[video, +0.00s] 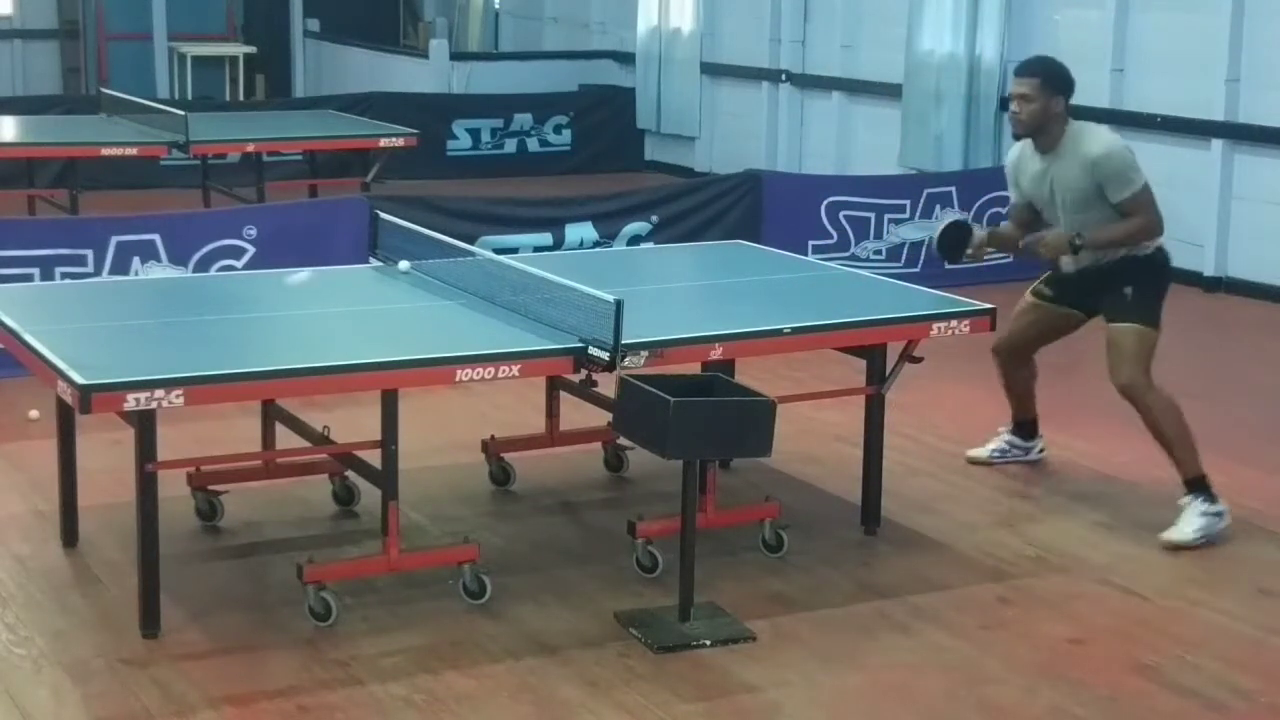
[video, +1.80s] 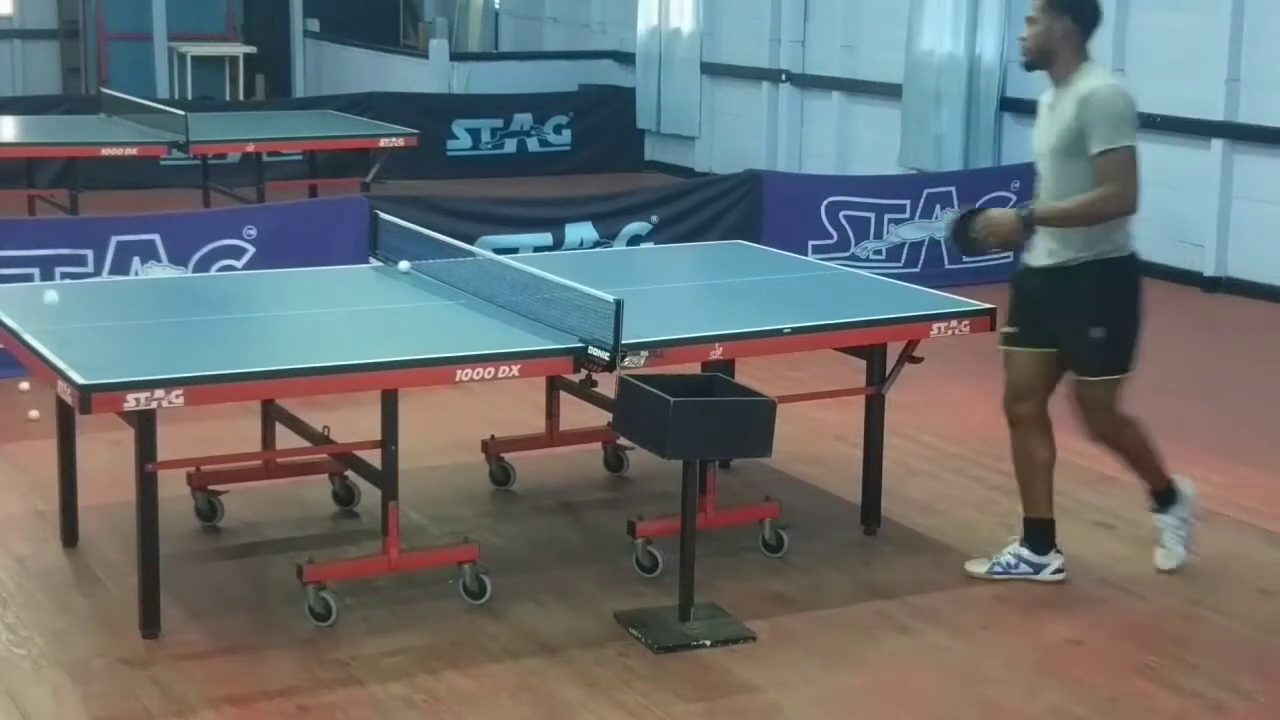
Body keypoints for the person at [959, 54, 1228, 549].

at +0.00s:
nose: (1012, 108)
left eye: (1023, 100)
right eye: (1011, 100)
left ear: (1057, 104)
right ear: (1014, 102)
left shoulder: (1103, 150)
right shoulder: (1020, 159)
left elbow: (1150, 224)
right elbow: (1024, 227)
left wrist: (1074, 240)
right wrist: (988, 239)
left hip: (1134, 268)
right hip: (1076, 271)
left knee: (1130, 379)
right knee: (1009, 347)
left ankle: (1204, 501)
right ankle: (1024, 438)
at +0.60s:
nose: (1078, 89)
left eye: (1088, 81)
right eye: (1077, 79)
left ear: (1121, 85)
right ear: (1090, 85)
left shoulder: (1164, 140)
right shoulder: (1089, 144)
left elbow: (1205, 217)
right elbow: (1094, 209)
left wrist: (1123, 228)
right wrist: (1061, 220)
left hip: (1177, 277)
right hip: (1122, 274)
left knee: (1160, 394)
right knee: (1072, 357)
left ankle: (1233, 506)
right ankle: (1060, 438)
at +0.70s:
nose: (1092, 53)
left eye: (1103, 45)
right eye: (1091, 43)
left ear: (1135, 51)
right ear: (1100, 50)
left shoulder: (1176, 108)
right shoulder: (1103, 110)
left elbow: (1229, 176)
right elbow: (1113, 179)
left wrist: (1151, 200)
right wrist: (1075, 194)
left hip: (1189, 249)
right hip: (1136, 248)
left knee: (1176, 375)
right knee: (1099, 341)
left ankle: (1237, 501)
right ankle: (1103, 448)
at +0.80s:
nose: (1102, 36)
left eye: (1113, 27)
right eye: (1101, 25)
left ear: (1148, 32)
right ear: (1104, 30)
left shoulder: (1189, 87)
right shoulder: (1109, 89)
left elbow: (1244, 157)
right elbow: (1123, 163)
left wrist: (1164, 190)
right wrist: (1088, 181)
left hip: (1195, 233)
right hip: (1140, 233)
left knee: (1186, 360)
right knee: (1117, 344)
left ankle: (1244, 492)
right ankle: (1175, 455)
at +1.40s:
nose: (1105, 29)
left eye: (1117, 18)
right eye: (1103, 19)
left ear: (1155, 23)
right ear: (1110, 27)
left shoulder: (1196, 92)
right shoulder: (1108, 96)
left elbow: (1250, 177)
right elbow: (1121, 175)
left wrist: (1167, 219)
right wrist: (1092, 215)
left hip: (1186, 264)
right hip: (1122, 263)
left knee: (1187, 398)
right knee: (1088, 384)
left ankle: (1211, 529)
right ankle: (1155, 489)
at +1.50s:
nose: (1085, 24)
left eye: (1096, 14)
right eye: (1086, 15)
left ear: (1134, 19)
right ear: (1116, 22)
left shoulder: (1174, 85)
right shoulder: (1100, 89)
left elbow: (1214, 176)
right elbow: (1117, 172)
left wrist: (1122, 210)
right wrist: (1078, 211)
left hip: (1173, 261)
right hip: (1112, 261)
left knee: (1184, 392)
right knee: (1073, 383)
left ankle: (1207, 524)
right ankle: (1092, 522)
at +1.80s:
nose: (1024, 33)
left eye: (1034, 21)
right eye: (1026, 22)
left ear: (1069, 28)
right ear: (1053, 30)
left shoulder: (1105, 96)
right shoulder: (1052, 99)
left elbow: (1120, 197)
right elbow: (1063, 194)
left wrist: (1027, 218)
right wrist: (1014, 223)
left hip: (1099, 276)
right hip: (1044, 273)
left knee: (1099, 417)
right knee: (1023, 404)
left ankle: (1170, 499)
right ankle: (1038, 548)